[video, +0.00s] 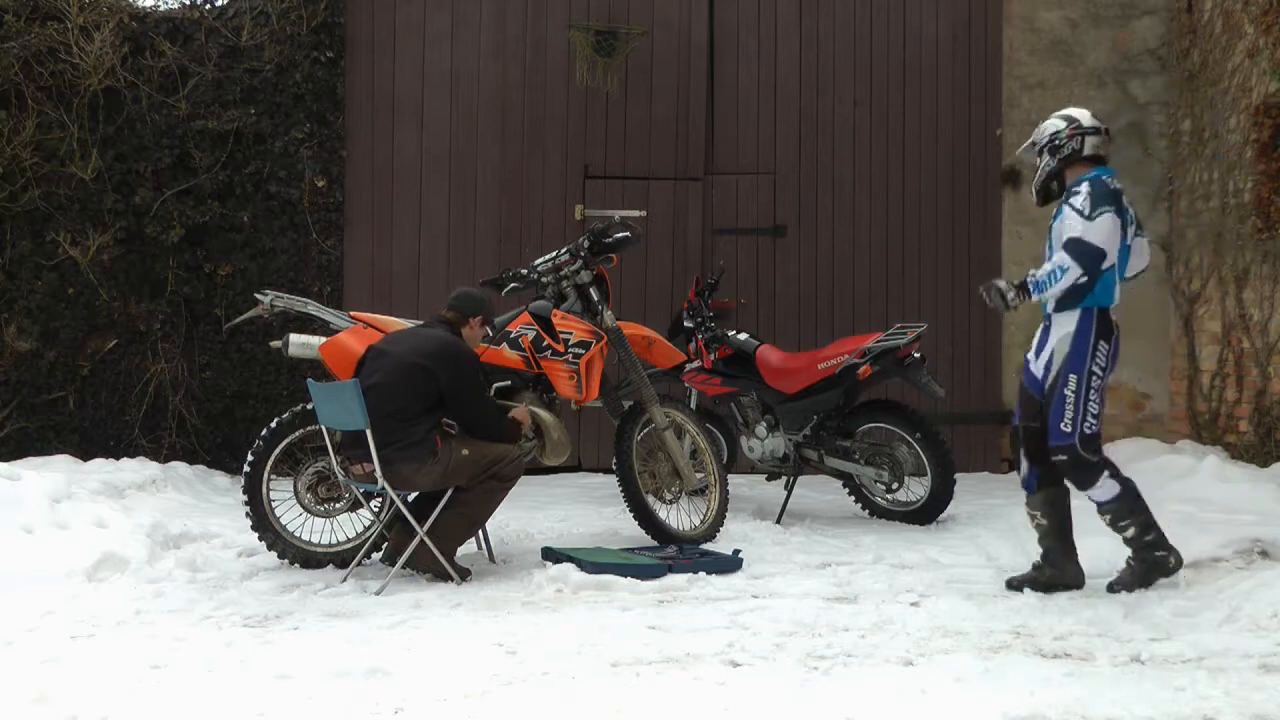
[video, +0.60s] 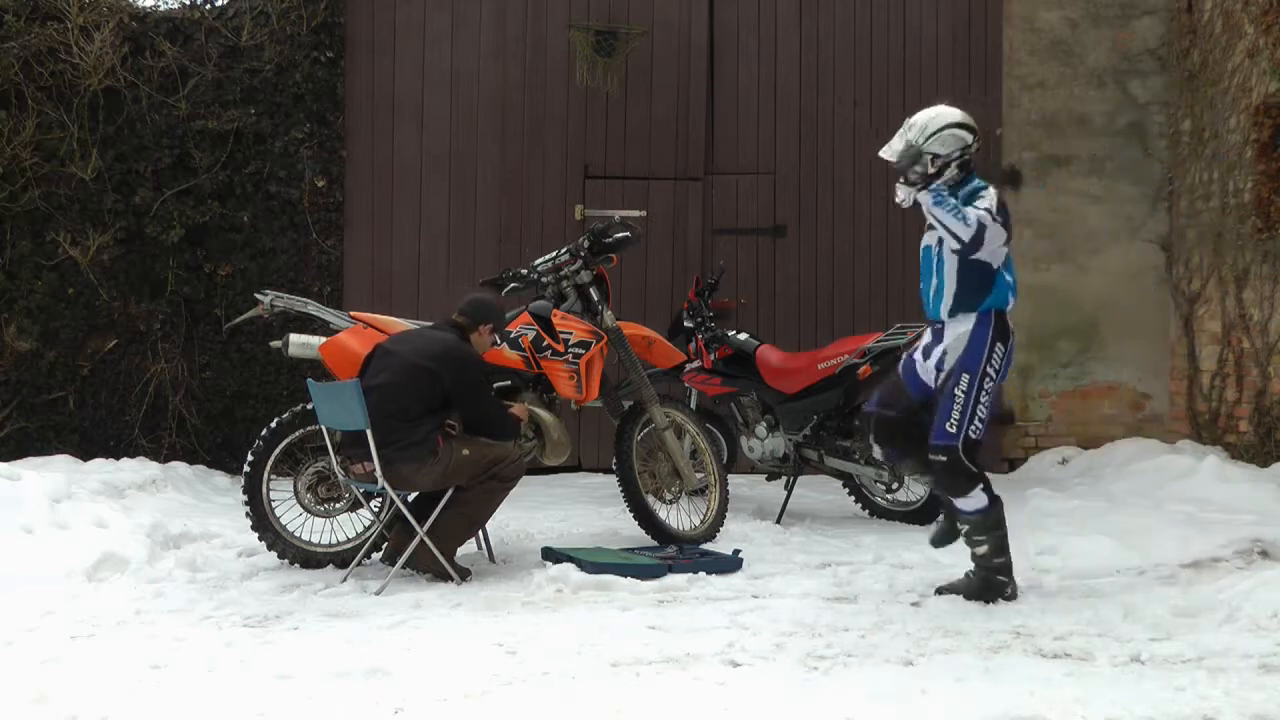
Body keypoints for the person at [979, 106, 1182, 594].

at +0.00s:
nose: (1040, 164)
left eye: (1044, 154)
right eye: (1040, 155)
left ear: (1065, 148)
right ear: (1080, 149)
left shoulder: (1094, 190)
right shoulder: (1097, 194)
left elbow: (1083, 256)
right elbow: (1138, 257)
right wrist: (1084, 273)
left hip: (1085, 330)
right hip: (1056, 329)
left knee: (1072, 447)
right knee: (1032, 440)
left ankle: (1151, 550)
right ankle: (1058, 561)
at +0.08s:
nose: (1022, 172)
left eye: (1027, 161)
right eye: (1023, 162)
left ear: (1049, 156)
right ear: (1061, 156)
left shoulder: (1078, 203)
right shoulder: (1061, 208)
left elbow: (1075, 282)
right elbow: (1059, 282)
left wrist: (1034, 334)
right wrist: (1032, 334)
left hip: (1070, 342)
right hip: (1053, 339)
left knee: (1023, 450)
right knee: (1016, 448)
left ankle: (1120, 525)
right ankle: (1058, 563)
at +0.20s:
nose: (988, 171)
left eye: (991, 159)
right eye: (986, 162)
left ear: (1017, 152)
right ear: (1027, 152)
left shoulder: (1063, 195)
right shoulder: (1032, 205)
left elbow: (1080, 271)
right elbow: (1020, 240)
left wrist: (1048, 325)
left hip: (1052, 335)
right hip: (1030, 334)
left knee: (969, 418)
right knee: (1024, 444)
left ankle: (1055, 508)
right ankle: (1056, 559)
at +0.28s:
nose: (970, 154)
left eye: (976, 144)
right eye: (969, 146)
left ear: (1005, 139)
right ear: (1007, 143)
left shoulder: (1054, 186)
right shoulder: (1006, 197)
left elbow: (1081, 259)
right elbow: (974, 217)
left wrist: (1042, 295)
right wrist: (927, 196)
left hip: (1037, 323)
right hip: (1014, 322)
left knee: (958, 413)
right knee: (1028, 440)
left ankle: (1014, 527)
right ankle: (1060, 560)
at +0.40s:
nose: (953, 160)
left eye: (962, 150)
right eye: (952, 150)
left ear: (992, 149)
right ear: (975, 150)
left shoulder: (1031, 193)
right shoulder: (970, 203)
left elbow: (1065, 256)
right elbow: (938, 255)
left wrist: (1025, 235)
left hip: (1012, 327)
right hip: (983, 328)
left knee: (966, 442)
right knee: (995, 445)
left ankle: (992, 571)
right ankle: (1054, 554)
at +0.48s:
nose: (937, 175)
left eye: (945, 166)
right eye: (937, 166)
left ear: (975, 163)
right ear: (967, 167)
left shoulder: (1022, 210)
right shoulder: (959, 216)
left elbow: (1017, 259)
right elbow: (937, 286)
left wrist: (994, 205)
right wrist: (904, 331)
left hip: (1003, 338)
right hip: (965, 337)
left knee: (957, 450)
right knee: (938, 443)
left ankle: (994, 570)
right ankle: (1027, 524)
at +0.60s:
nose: (906, 174)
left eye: (913, 165)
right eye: (907, 166)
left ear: (941, 160)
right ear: (942, 161)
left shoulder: (981, 196)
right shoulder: (945, 201)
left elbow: (974, 241)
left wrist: (926, 194)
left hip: (981, 335)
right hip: (941, 331)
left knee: (949, 455)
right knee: (885, 419)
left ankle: (994, 571)